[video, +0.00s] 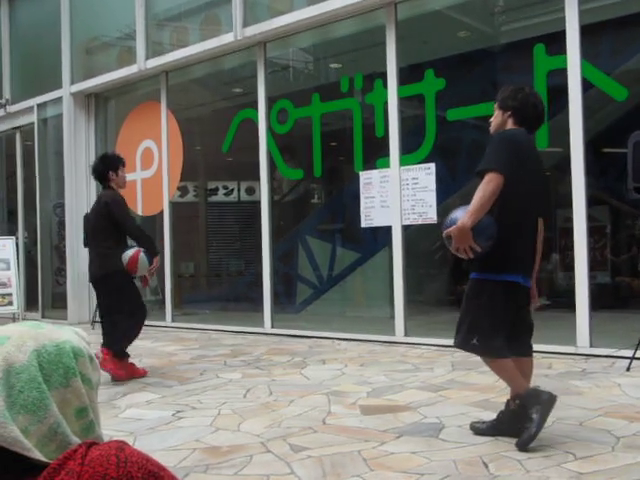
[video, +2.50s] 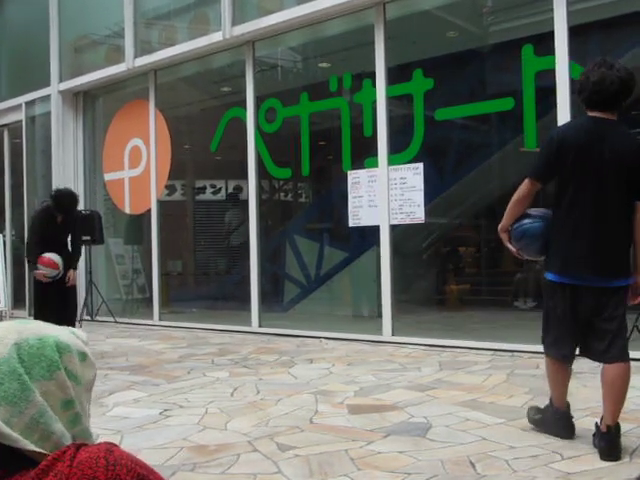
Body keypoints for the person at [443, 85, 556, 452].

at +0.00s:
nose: (490, 119)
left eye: (494, 112)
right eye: (493, 112)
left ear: (508, 116)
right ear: (523, 121)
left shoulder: (505, 141)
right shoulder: (534, 158)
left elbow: (494, 181)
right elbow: (537, 227)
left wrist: (463, 225)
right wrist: (531, 277)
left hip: (497, 263)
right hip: (521, 266)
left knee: (478, 335)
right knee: (517, 339)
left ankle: (529, 398)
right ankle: (512, 413)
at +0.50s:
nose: (488, 114)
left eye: (489, 109)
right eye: (491, 109)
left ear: (495, 112)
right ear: (527, 114)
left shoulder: (503, 142)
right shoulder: (526, 149)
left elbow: (496, 190)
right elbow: (514, 214)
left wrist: (469, 232)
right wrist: (476, 256)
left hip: (495, 265)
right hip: (516, 264)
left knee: (478, 340)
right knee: (513, 340)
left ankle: (532, 408)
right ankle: (506, 413)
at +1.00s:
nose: (489, 107)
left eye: (490, 101)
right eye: (490, 101)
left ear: (495, 105)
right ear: (531, 102)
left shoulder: (514, 138)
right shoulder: (537, 138)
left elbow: (523, 191)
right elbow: (537, 195)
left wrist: (517, 242)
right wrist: (514, 242)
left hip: (525, 263)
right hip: (538, 260)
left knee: (531, 348)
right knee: (521, 341)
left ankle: (556, 437)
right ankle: (506, 412)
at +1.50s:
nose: (522, 88)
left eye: (525, 83)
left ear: (527, 93)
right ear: (569, 93)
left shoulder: (524, 138)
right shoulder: (580, 137)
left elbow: (512, 196)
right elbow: (577, 201)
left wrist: (489, 247)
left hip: (534, 265)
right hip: (574, 261)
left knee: (545, 351)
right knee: (585, 344)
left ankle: (556, 439)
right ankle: (606, 431)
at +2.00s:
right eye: (611, 89)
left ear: (568, 94)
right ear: (611, 94)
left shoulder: (555, 139)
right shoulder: (627, 139)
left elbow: (521, 195)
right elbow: (635, 204)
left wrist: (496, 240)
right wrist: (633, 250)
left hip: (566, 266)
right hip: (617, 263)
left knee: (550, 344)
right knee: (617, 347)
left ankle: (553, 431)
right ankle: (610, 433)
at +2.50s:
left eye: (584, 87)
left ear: (584, 94)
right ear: (625, 99)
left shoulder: (564, 137)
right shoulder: (632, 144)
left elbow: (530, 187)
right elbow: (637, 213)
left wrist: (504, 225)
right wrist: (637, 270)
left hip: (565, 263)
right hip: (615, 264)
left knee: (558, 339)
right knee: (615, 348)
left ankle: (558, 413)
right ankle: (609, 432)